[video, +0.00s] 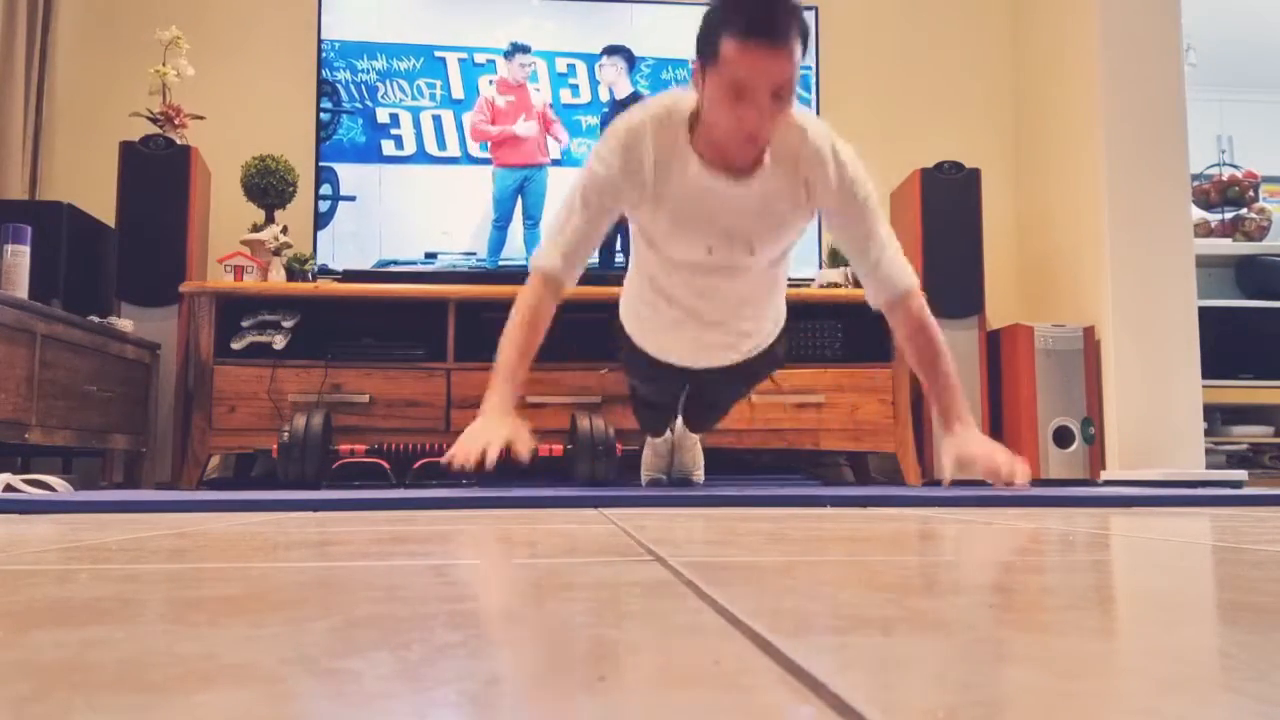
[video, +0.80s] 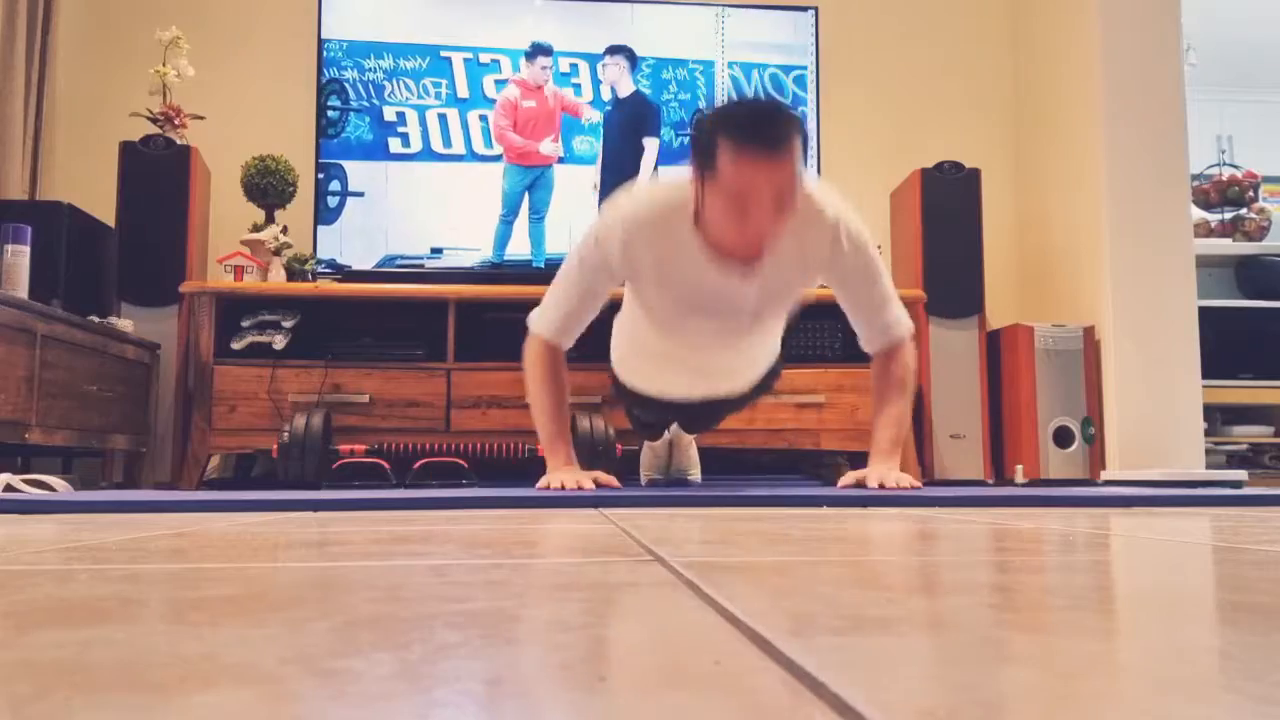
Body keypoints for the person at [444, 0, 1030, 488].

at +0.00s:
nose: (759, 118)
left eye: (778, 95)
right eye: (740, 91)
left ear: (797, 86)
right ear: (701, 74)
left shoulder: (822, 160)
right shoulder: (637, 142)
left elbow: (901, 296)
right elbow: (552, 271)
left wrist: (959, 429)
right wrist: (497, 406)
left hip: (750, 343)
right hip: (655, 335)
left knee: (705, 410)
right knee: (656, 411)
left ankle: (684, 440)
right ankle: (659, 446)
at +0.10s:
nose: (763, 270)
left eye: (782, 250)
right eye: (747, 247)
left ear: (808, 236)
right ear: (711, 231)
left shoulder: (842, 259)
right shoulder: (633, 254)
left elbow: (948, 341)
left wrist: (967, 459)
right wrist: (471, 460)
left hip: (747, 401)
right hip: (650, 392)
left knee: (711, 427)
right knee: (654, 423)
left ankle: (690, 446)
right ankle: (662, 447)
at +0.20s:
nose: (782, 413)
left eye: (799, 396)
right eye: (763, 396)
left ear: (825, 361)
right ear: (713, 359)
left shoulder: (846, 340)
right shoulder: (639, 337)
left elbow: (953, 344)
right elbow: (497, 335)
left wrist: (972, 460)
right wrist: (469, 460)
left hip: (760, 477)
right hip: (643, 473)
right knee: (630, 584)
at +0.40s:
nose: (766, 365)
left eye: (786, 344)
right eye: (748, 343)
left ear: (814, 319)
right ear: (705, 316)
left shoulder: (841, 314)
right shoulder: (639, 310)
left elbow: (945, 341)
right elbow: (498, 335)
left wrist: (972, 459)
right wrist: (471, 461)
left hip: (746, 470)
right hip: (640, 464)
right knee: (626, 578)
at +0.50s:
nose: (762, 308)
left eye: (781, 288)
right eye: (744, 287)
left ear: (805, 268)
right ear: (704, 264)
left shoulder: (834, 285)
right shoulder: (631, 279)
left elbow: (936, 343)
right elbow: (500, 338)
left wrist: (969, 460)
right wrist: (471, 459)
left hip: (747, 432)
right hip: (644, 424)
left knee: (721, 459)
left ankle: (694, 472)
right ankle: (642, 466)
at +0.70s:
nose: (756, 116)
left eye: (776, 90)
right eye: (733, 92)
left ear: (790, 78)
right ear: (694, 76)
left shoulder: (815, 150)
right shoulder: (637, 145)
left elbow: (873, 288)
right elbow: (568, 292)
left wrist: (877, 411)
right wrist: (566, 428)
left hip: (747, 319)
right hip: (653, 313)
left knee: (709, 401)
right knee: (652, 402)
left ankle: (685, 436)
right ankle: (656, 440)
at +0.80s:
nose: (758, 226)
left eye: (779, 203)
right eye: (738, 202)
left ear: (798, 190)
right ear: (699, 184)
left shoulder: (828, 225)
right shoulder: (634, 219)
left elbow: (892, 343)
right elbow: (544, 338)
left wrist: (885, 461)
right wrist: (560, 464)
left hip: (743, 378)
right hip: (647, 376)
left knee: (700, 420)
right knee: (648, 422)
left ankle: (682, 440)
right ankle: (656, 442)